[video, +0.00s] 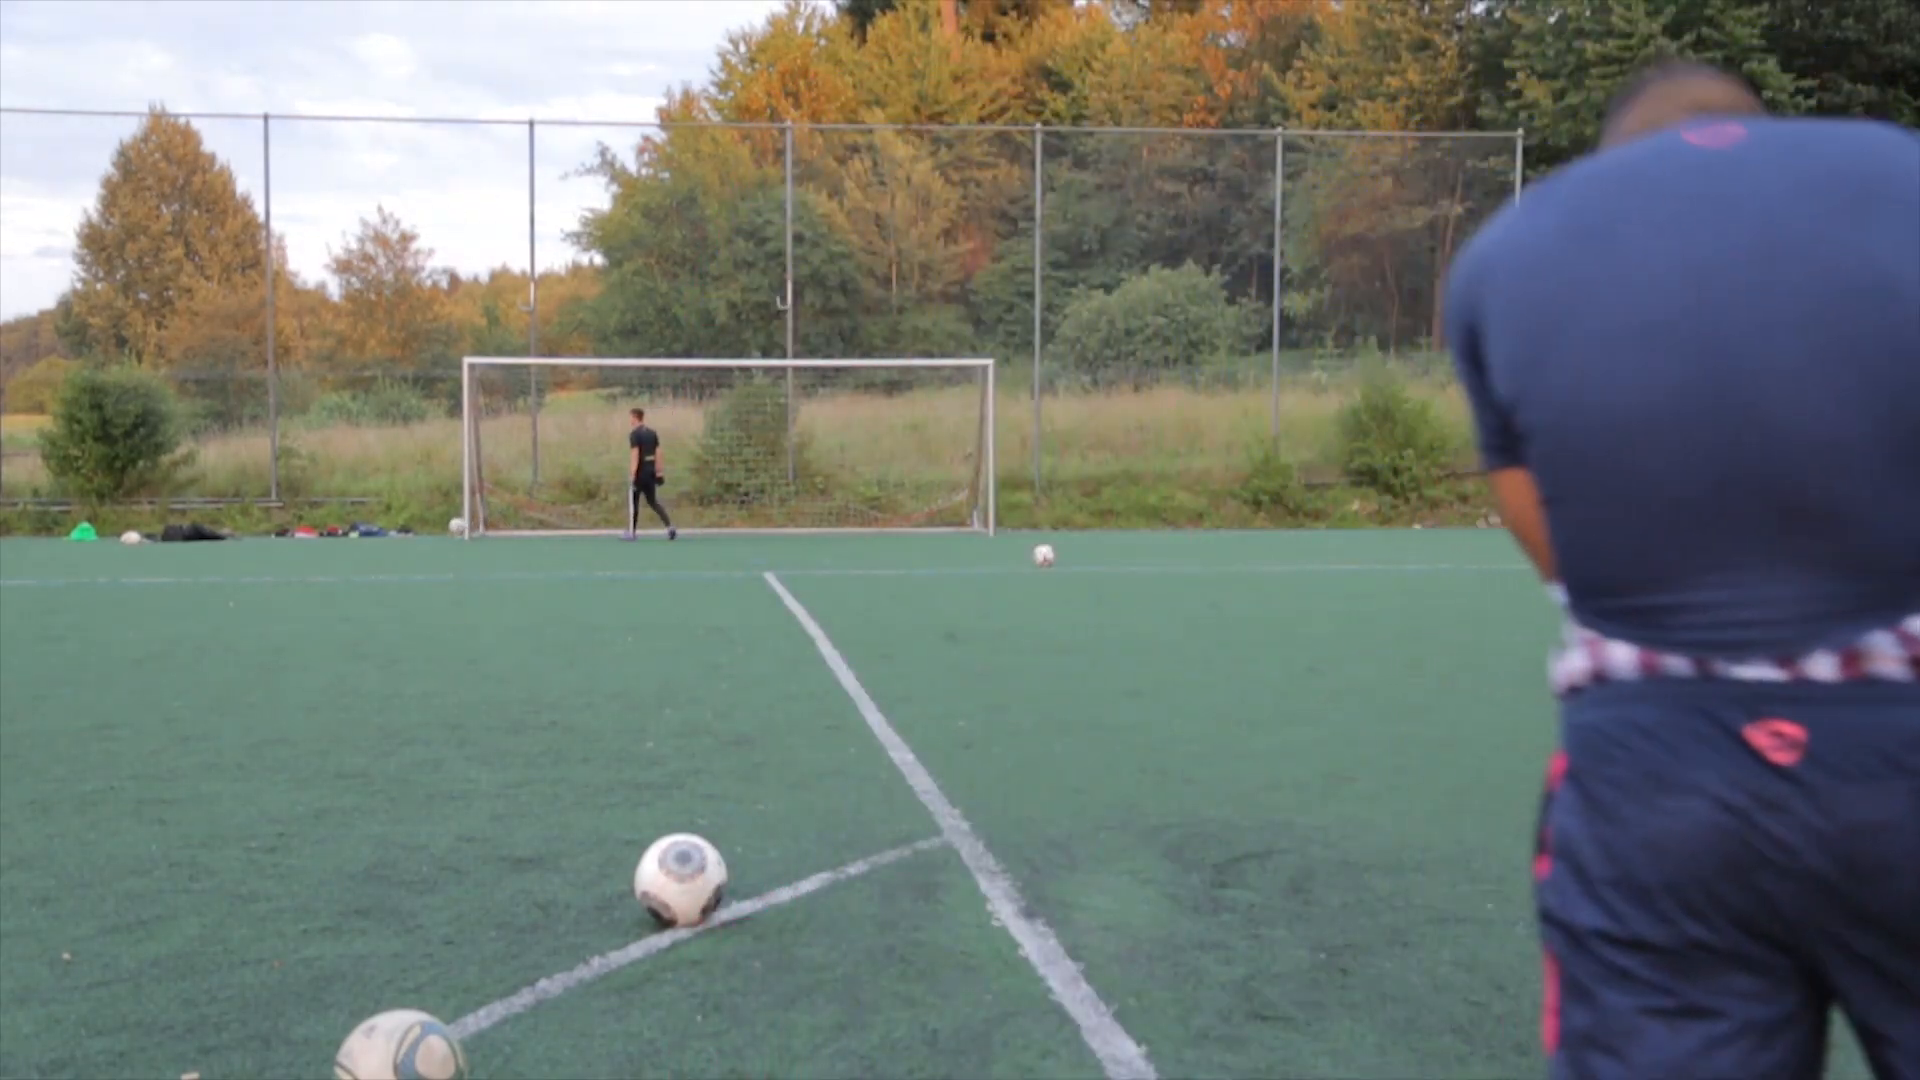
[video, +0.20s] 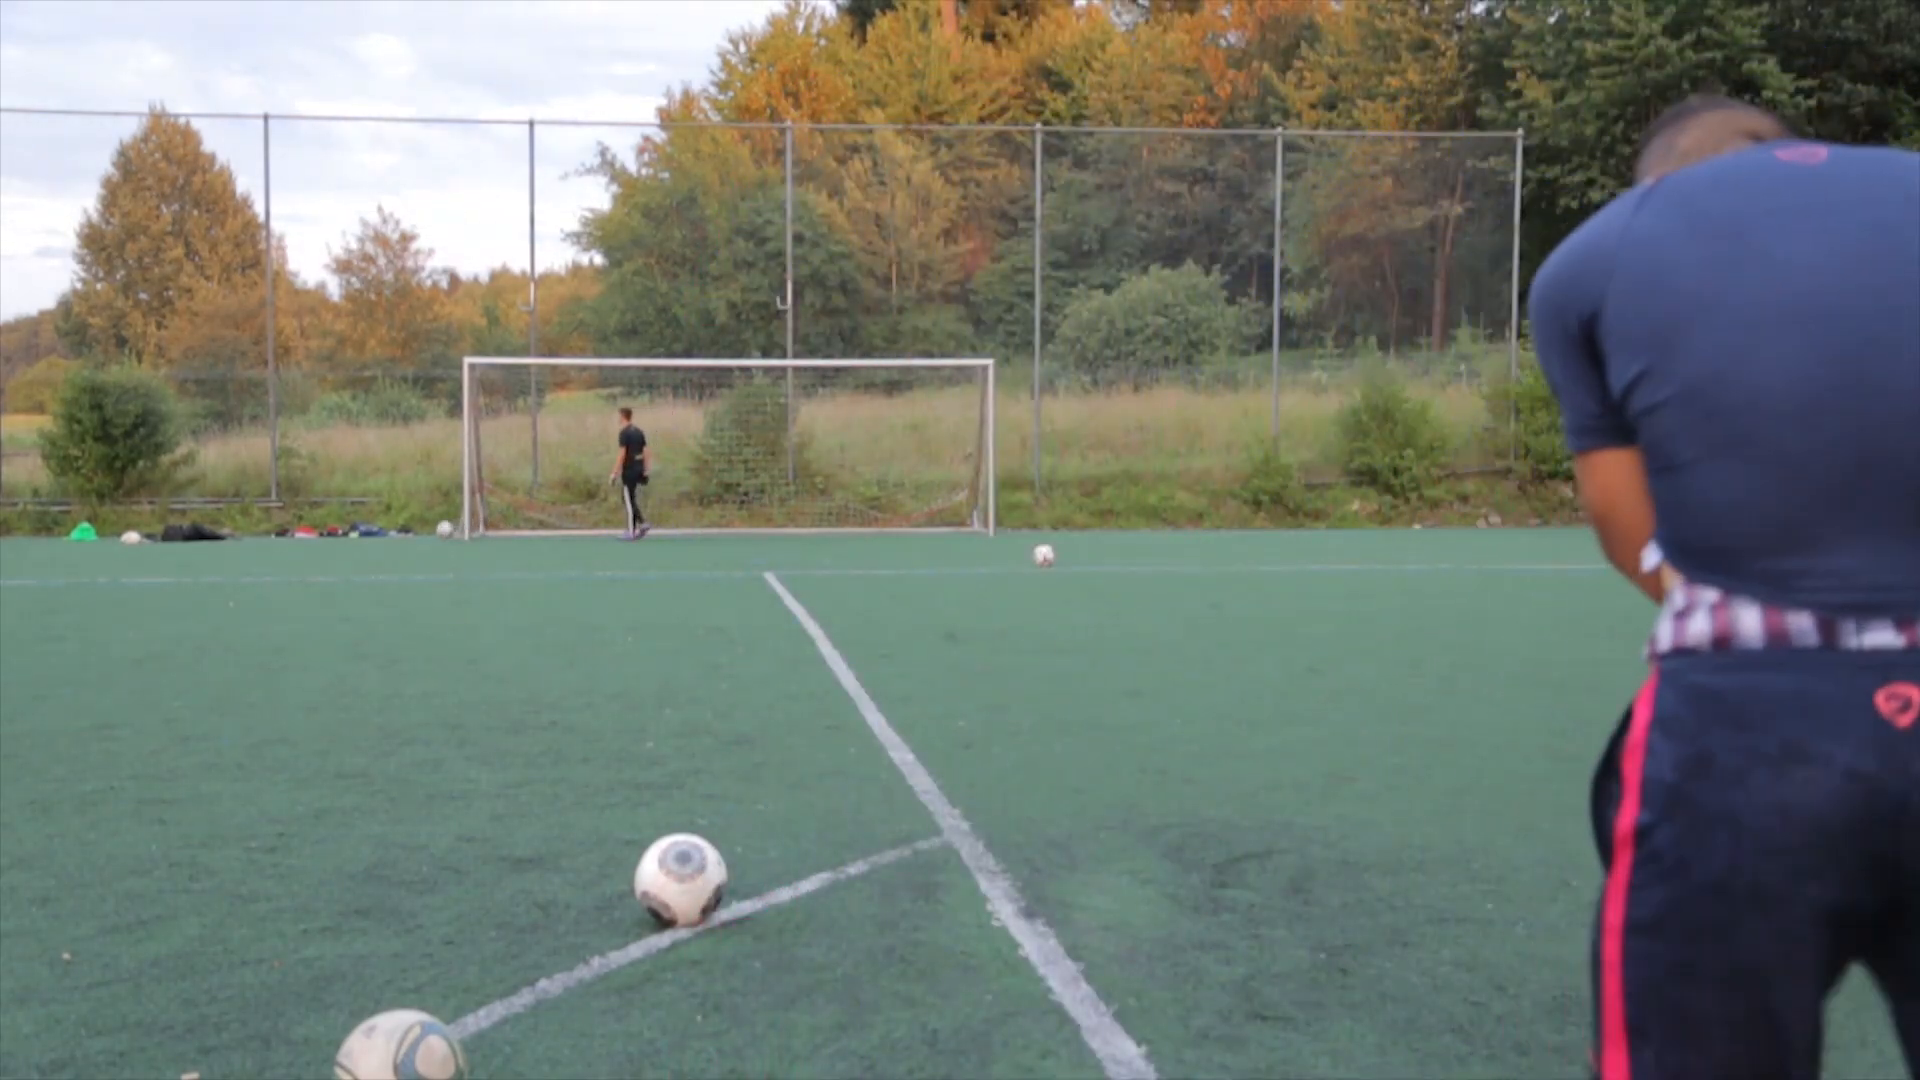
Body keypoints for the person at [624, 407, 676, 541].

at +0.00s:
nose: (631, 421)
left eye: (632, 418)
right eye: (631, 418)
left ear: (636, 419)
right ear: (642, 418)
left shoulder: (635, 434)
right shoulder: (652, 433)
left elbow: (635, 456)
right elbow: (658, 453)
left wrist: (632, 475)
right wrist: (659, 471)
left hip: (640, 470)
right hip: (651, 469)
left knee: (634, 500)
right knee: (652, 501)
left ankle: (632, 530)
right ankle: (669, 526)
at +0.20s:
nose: (619, 420)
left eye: (620, 417)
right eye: (620, 417)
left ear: (623, 417)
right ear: (630, 417)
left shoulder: (624, 433)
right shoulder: (639, 432)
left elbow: (622, 454)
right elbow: (645, 452)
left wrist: (615, 472)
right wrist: (646, 469)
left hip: (628, 468)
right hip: (639, 467)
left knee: (629, 498)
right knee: (631, 497)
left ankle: (632, 529)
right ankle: (641, 522)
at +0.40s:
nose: (607, 419)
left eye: (608, 417)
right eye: (608, 417)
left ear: (610, 418)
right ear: (618, 417)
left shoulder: (612, 433)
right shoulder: (624, 432)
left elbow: (609, 454)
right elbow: (630, 452)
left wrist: (599, 472)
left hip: (618, 469)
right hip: (625, 467)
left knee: (624, 501)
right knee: (611, 499)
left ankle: (631, 532)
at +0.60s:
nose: (591, 423)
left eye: (593, 420)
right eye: (591, 419)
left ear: (598, 420)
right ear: (601, 421)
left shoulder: (601, 435)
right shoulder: (608, 435)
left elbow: (598, 457)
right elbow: (613, 455)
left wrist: (591, 474)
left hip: (604, 471)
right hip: (607, 469)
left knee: (612, 501)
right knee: (594, 501)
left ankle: (629, 530)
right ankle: (586, 530)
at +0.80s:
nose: (577, 420)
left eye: (578, 417)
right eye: (576, 417)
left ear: (585, 417)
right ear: (583, 418)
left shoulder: (587, 434)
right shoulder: (587, 433)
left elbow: (587, 457)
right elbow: (588, 457)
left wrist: (582, 475)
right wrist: (584, 473)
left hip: (589, 471)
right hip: (590, 470)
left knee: (583, 501)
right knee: (586, 501)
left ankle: (608, 520)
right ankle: (585, 531)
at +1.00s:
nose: (562, 420)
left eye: (564, 417)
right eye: (561, 417)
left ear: (570, 417)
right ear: (564, 418)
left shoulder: (574, 433)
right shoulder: (571, 432)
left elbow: (578, 454)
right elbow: (574, 454)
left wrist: (573, 472)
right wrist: (568, 471)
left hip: (574, 470)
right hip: (576, 470)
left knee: (560, 497)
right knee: (581, 501)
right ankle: (585, 530)